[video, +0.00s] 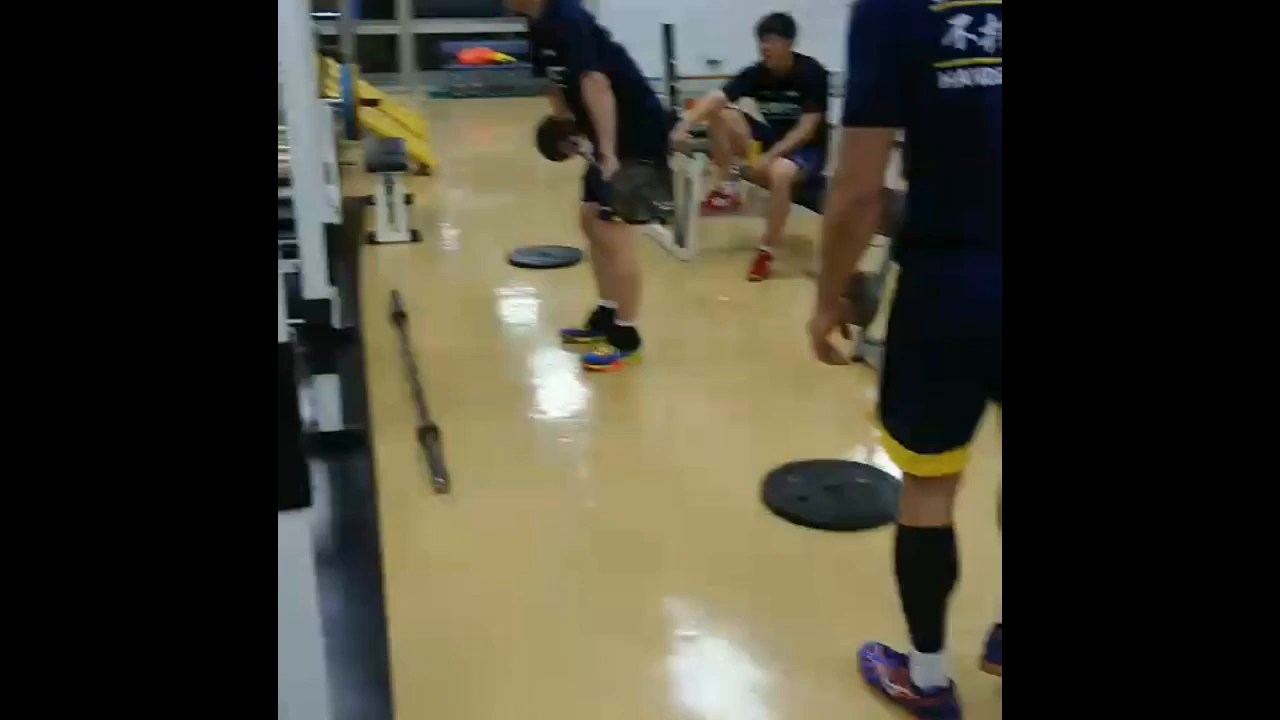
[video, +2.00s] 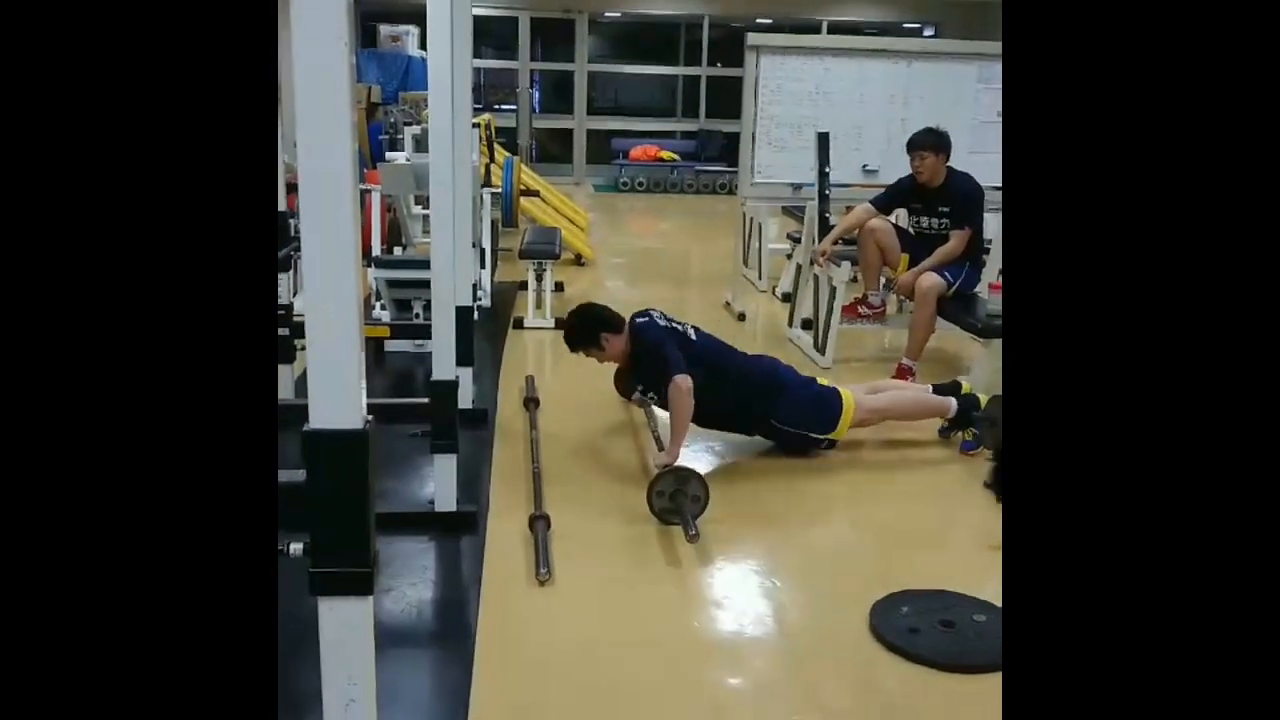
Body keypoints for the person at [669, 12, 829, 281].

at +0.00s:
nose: (764, 46)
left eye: (771, 40)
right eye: (762, 40)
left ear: (788, 43)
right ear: (758, 42)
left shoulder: (812, 72)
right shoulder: (756, 73)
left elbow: (808, 127)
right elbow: (717, 100)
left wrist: (770, 156)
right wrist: (684, 126)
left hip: (804, 144)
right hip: (768, 138)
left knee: (780, 171)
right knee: (719, 115)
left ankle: (767, 250)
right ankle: (726, 192)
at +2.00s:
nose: (915, 165)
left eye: (922, 158)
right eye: (912, 159)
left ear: (943, 158)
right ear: (909, 159)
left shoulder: (966, 189)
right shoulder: (908, 185)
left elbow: (957, 245)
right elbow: (865, 211)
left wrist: (914, 272)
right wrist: (829, 239)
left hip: (959, 262)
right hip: (921, 252)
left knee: (926, 285)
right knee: (872, 228)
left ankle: (906, 368)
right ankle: (873, 303)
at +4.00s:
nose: (892, 202)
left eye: (899, 196)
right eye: (888, 196)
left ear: (917, 199)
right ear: (884, 198)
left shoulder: (939, 229)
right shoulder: (881, 227)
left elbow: (930, 285)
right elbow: (841, 253)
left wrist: (888, 314)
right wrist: (804, 278)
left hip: (934, 301)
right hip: (894, 293)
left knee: (900, 324)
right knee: (847, 268)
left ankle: (883, 405)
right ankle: (849, 342)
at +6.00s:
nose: (888, 209)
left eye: (895, 204)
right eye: (885, 203)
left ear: (914, 204)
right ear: (881, 203)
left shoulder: (935, 234)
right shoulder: (879, 229)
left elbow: (926, 290)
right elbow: (836, 255)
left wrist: (883, 316)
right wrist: (800, 280)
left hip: (928, 305)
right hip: (891, 294)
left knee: (895, 327)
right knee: (843, 270)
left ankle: (876, 409)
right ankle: (843, 345)